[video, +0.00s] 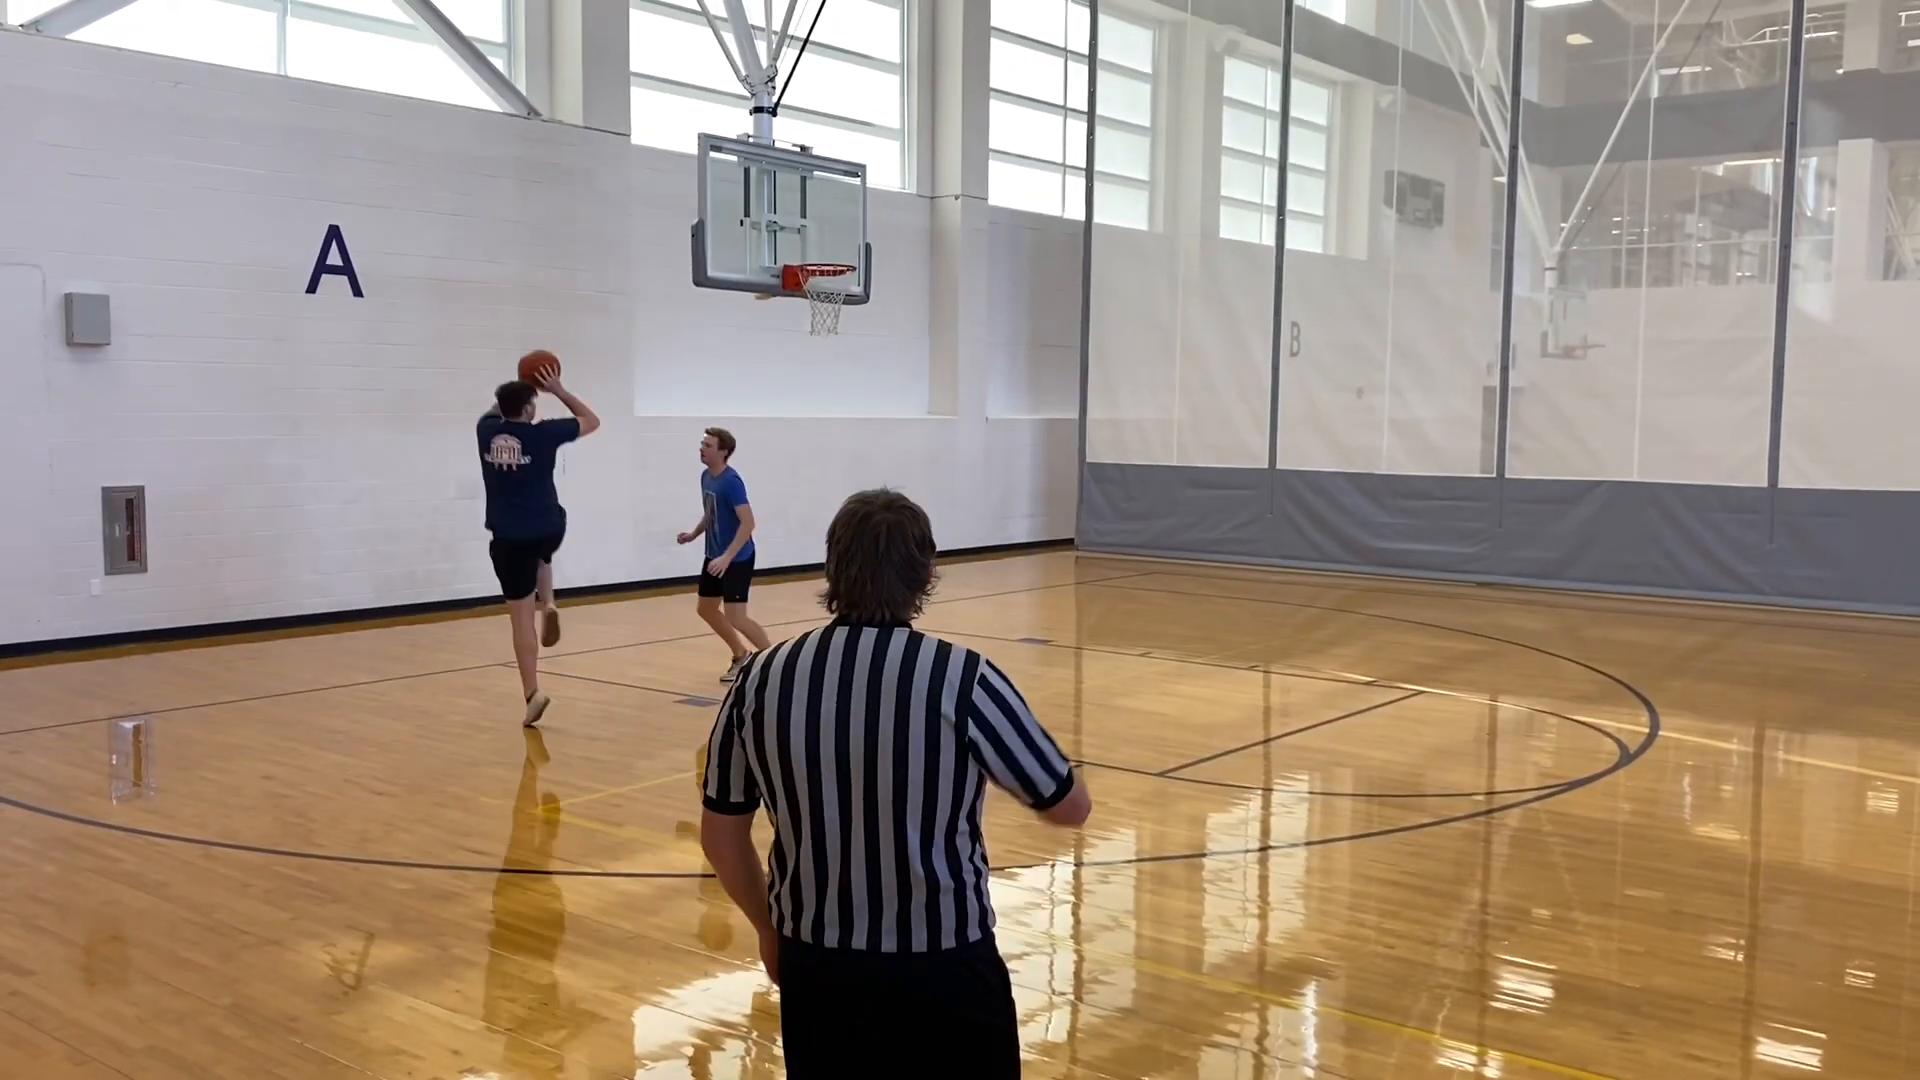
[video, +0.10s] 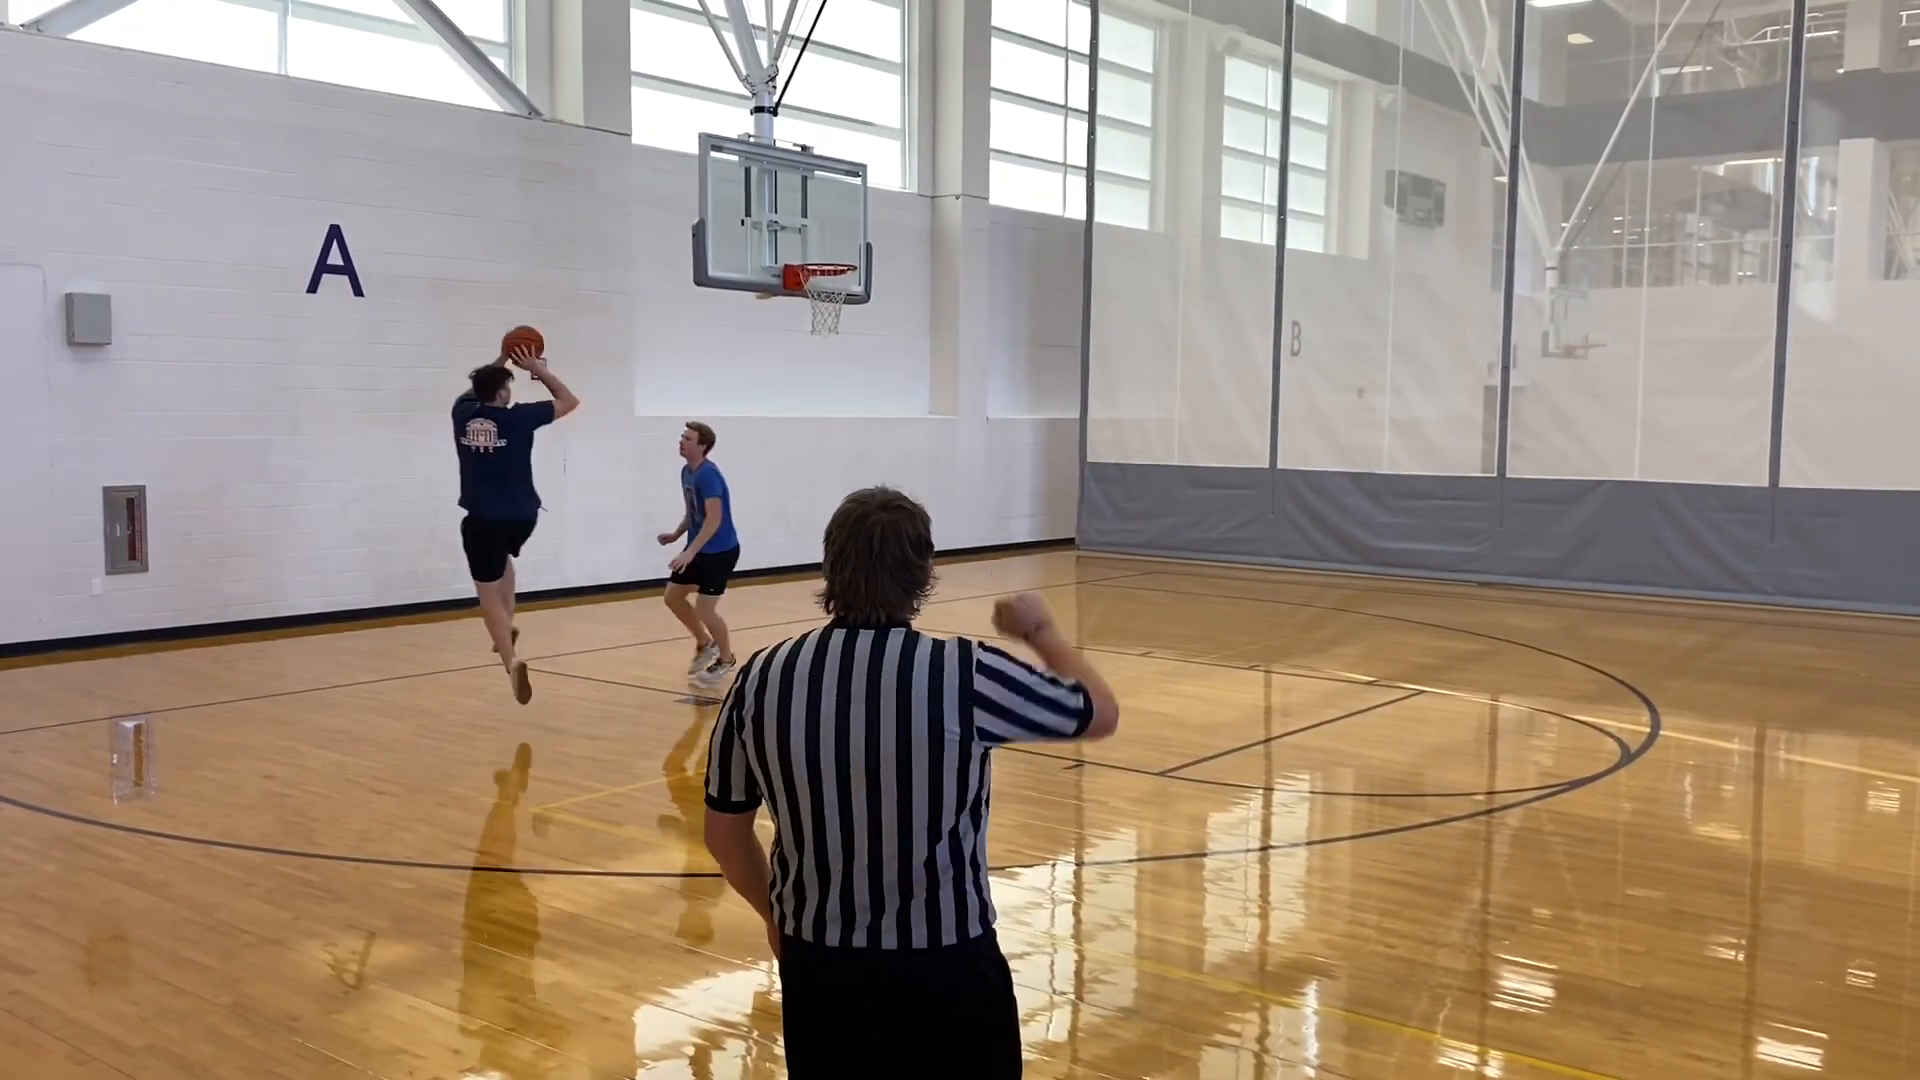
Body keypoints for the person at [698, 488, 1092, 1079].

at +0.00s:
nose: (930, 571)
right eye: (928, 560)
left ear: (832, 569)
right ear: (923, 574)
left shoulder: (760, 679)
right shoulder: (963, 677)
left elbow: (721, 833)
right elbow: (1070, 807)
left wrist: (767, 924)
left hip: (817, 980)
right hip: (949, 978)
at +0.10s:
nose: (931, 571)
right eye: (928, 559)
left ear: (832, 569)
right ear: (922, 572)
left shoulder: (762, 678)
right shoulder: (964, 671)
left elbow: (725, 832)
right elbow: (1101, 712)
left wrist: (775, 912)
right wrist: (1044, 632)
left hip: (820, 975)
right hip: (950, 972)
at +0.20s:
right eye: (925, 557)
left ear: (830, 565)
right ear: (923, 570)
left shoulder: (766, 676)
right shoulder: (962, 661)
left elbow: (728, 827)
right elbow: (1094, 605)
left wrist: (790, 904)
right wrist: (1044, 509)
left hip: (822, 970)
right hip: (952, 965)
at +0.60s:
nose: (946, 567)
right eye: (946, 554)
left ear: (855, 569)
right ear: (945, 570)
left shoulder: (788, 673)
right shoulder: (970, 650)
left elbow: (756, 816)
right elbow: (1065, 516)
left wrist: (817, 876)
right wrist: (1046, 386)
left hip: (847, 974)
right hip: (976, 970)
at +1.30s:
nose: (1130, 562)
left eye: (1128, 551)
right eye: (1126, 553)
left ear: (1040, 563)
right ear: (1118, 573)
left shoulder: (983, 643)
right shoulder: (1147, 660)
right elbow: (1247, 643)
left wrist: (1084, 587)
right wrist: (1145, 582)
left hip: (1007, 932)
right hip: (1125, 935)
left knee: (1004, 1069)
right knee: (1133, 1068)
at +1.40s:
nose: (1155, 559)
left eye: (1152, 549)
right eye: (1150, 549)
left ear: (1062, 559)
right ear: (1141, 568)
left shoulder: (1005, 641)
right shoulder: (1170, 656)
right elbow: (1277, 650)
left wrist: (1121, 594)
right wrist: (1204, 594)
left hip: (1026, 920)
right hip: (1139, 925)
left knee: (1040, 1067)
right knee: (1142, 1067)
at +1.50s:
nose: (1173, 559)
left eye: (1171, 547)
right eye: (1171, 548)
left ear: (1083, 555)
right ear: (1161, 560)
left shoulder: (1024, 638)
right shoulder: (1187, 652)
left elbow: (1091, 641)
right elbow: (1308, 671)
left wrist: (1155, 615)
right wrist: (1203, 635)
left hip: (1045, 913)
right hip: (1157, 918)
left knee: (1075, 1068)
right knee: (1158, 1070)